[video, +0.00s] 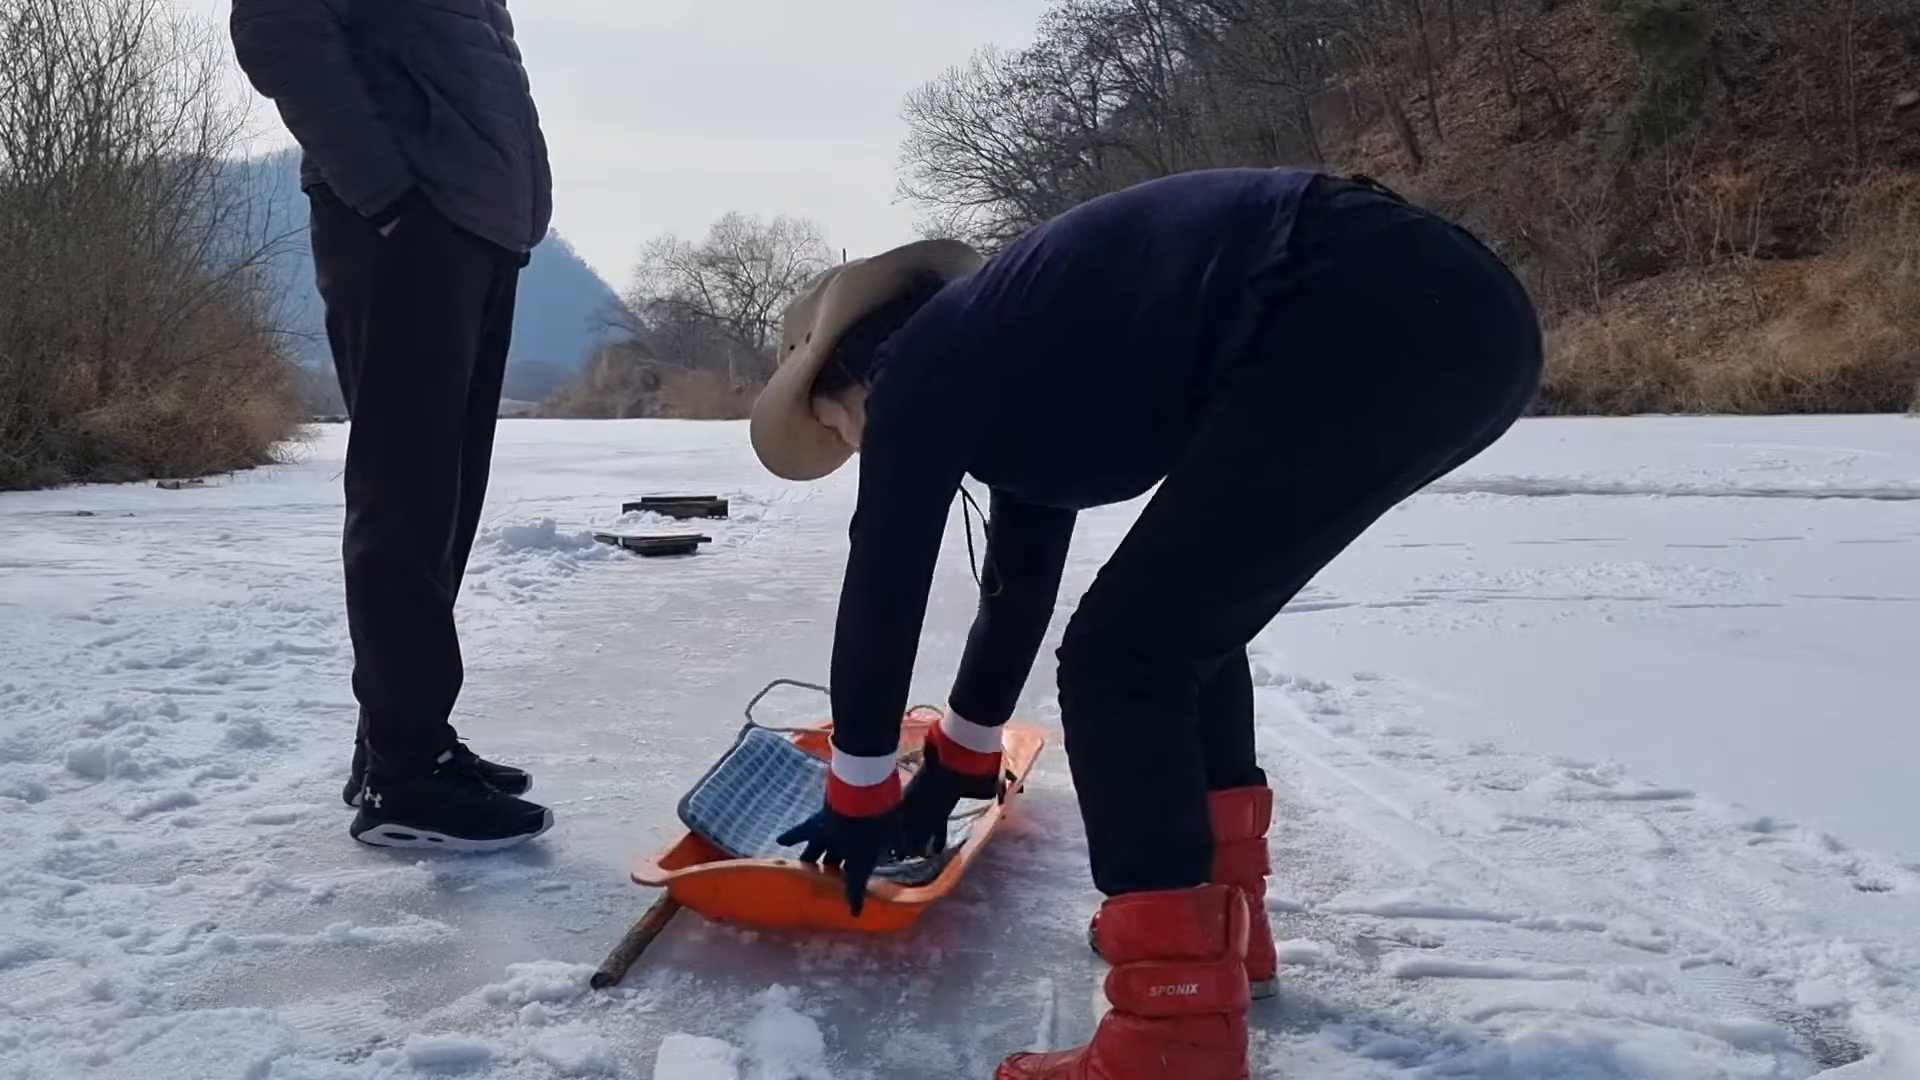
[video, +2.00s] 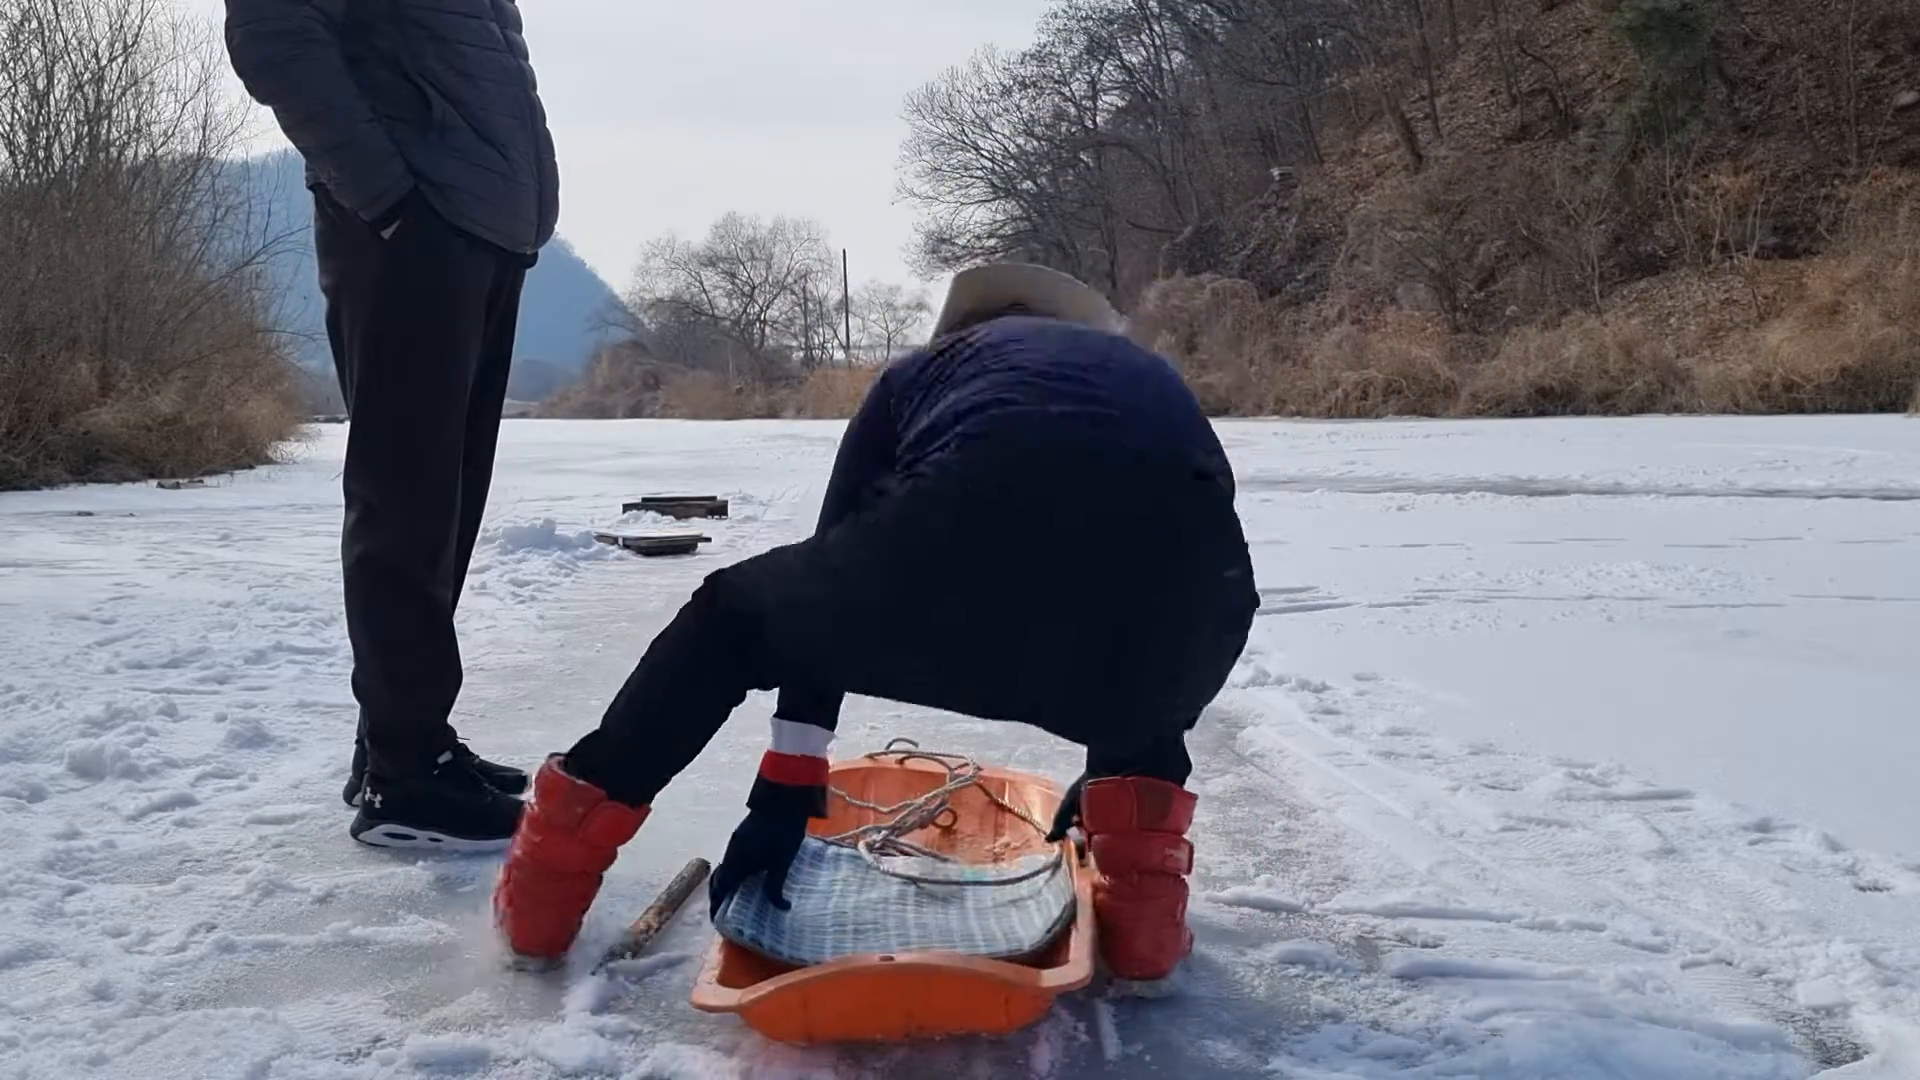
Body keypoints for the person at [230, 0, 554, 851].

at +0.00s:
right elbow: (274, 26)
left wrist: (506, 185)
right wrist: (383, 188)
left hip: (477, 219)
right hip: (402, 211)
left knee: (443, 494)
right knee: (403, 493)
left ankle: (416, 747)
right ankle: (401, 771)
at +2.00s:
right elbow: (270, 33)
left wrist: (513, 197)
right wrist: (387, 197)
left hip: (485, 232)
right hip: (408, 222)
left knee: (444, 501)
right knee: (403, 501)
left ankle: (418, 748)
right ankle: (400, 772)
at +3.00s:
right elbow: (269, 33)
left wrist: (515, 202)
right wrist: (387, 199)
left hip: (485, 235)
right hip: (410, 224)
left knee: (445, 502)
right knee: (404, 501)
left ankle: (416, 745)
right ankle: (400, 770)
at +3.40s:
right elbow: (273, 33)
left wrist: (511, 200)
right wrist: (392, 200)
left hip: (485, 235)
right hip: (411, 225)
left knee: (446, 504)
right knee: (405, 502)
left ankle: (417, 747)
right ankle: (400, 770)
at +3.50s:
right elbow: (275, 34)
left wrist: (510, 205)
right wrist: (397, 201)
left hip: (486, 236)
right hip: (414, 225)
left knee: (449, 504)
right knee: (408, 502)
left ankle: (417, 749)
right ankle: (400, 772)